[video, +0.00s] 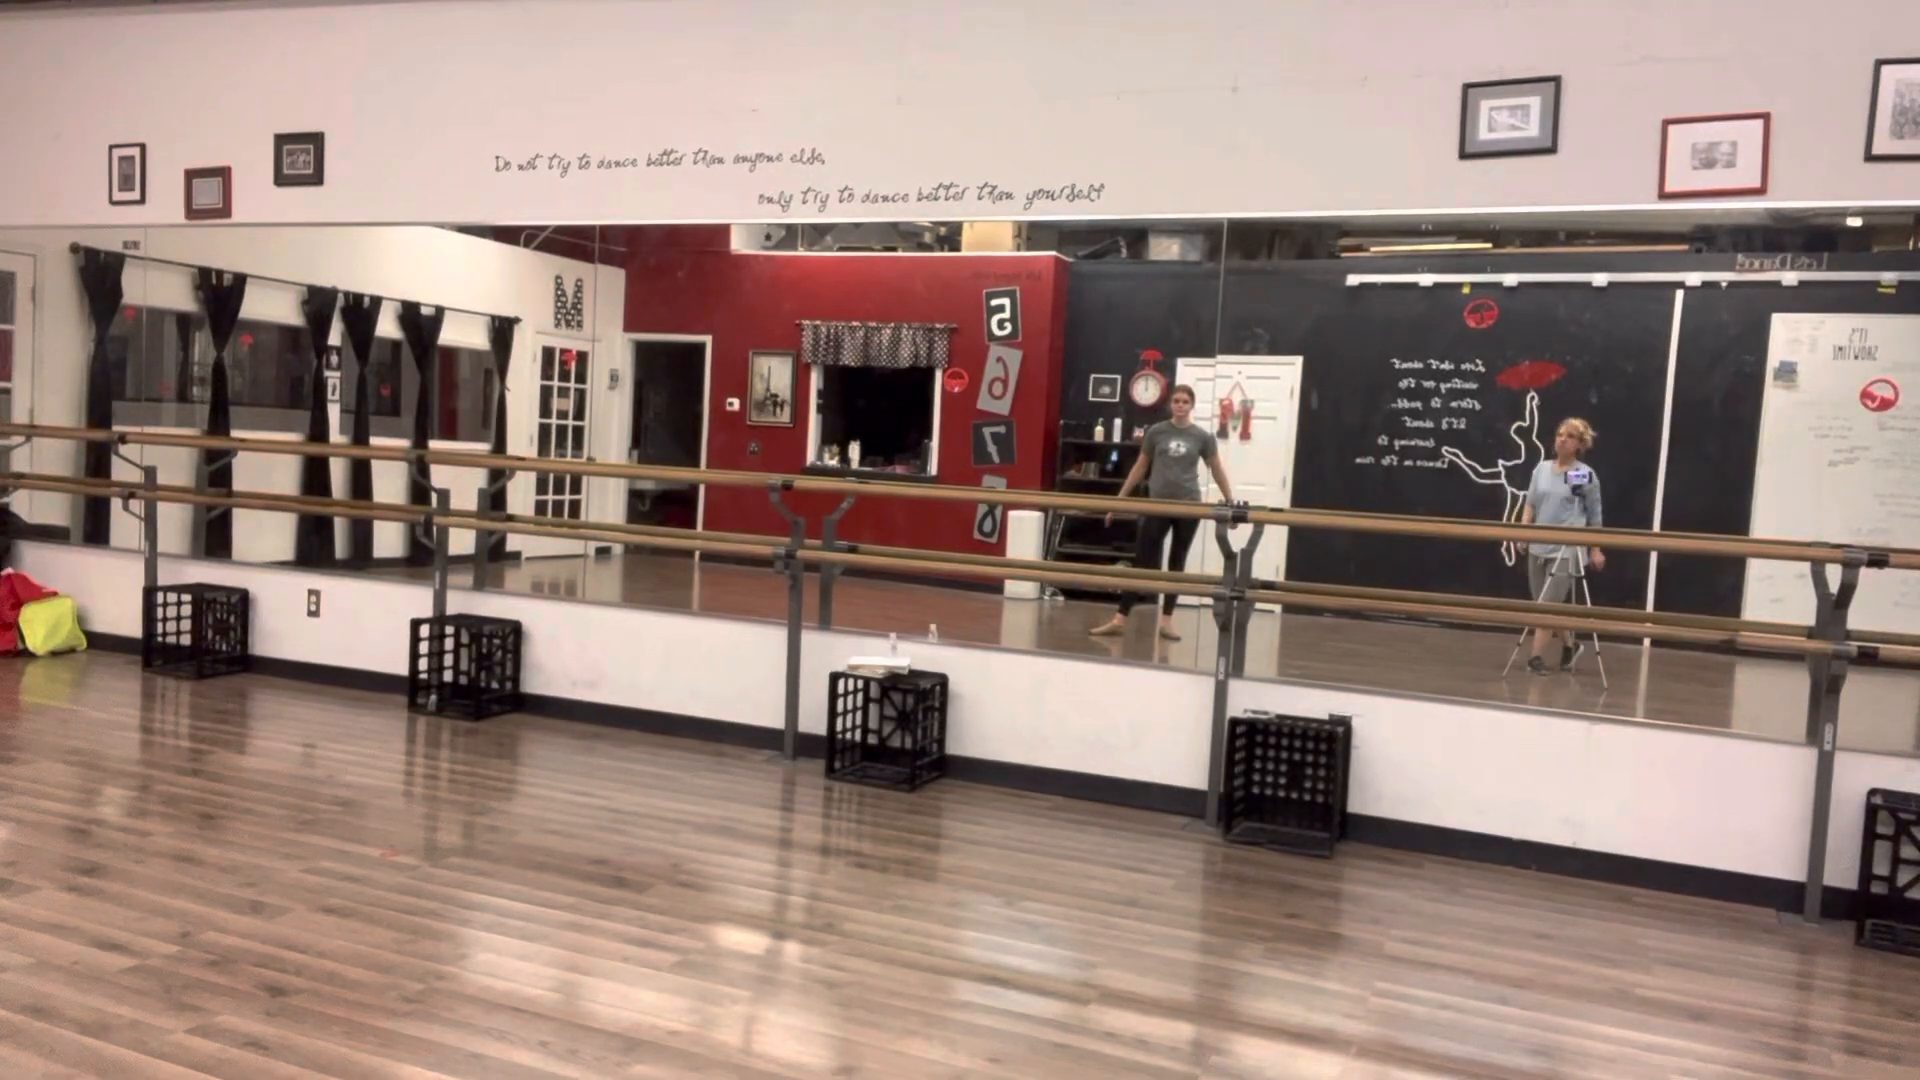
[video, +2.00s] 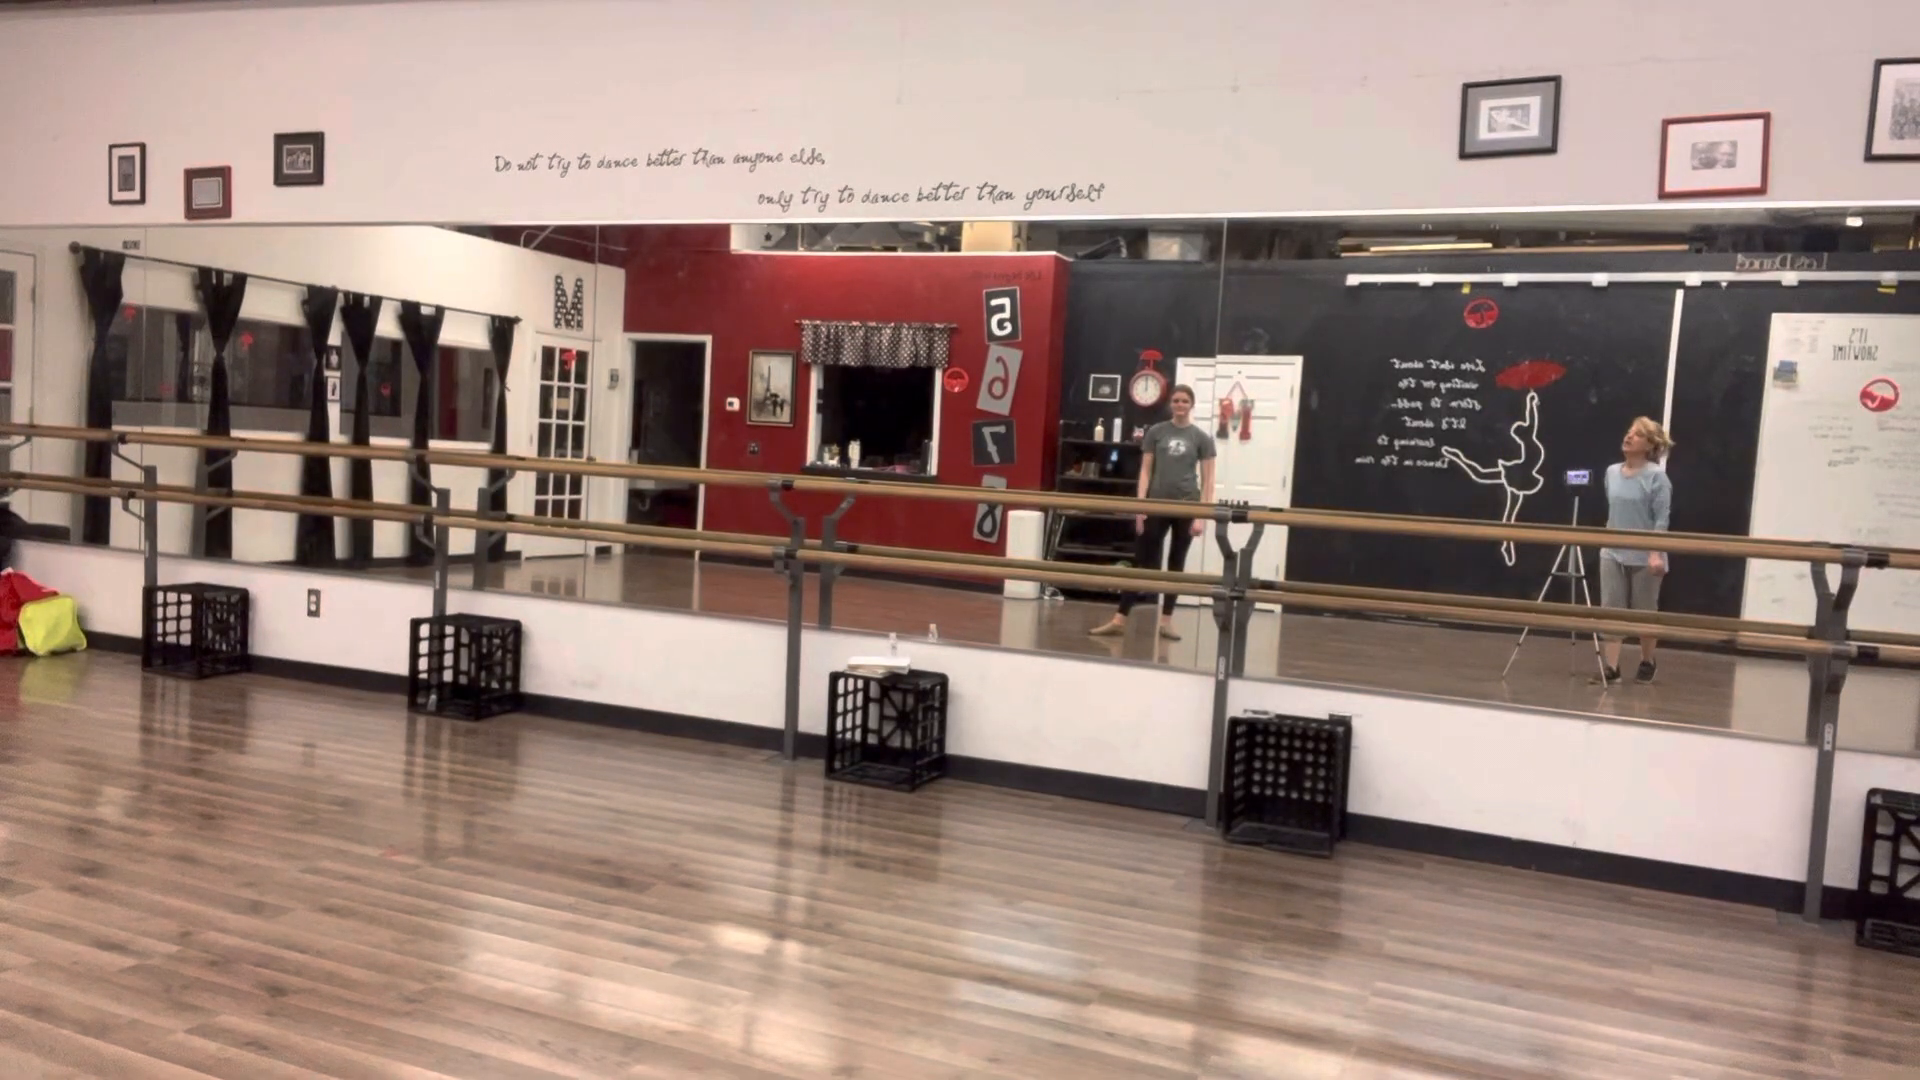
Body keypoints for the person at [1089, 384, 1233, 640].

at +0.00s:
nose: (1180, 406)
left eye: (1185, 402)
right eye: (1176, 402)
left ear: (1192, 406)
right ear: (1170, 404)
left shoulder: (1203, 436)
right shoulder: (1155, 432)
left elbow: (1217, 470)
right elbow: (1140, 467)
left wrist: (1230, 501)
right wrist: (1119, 502)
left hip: (1188, 509)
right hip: (1157, 506)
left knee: (1176, 563)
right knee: (1142, 559)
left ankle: (1166, 620)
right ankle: (1120, 618)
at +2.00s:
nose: (1180, 405)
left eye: (1184, 401)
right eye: (1176, 401)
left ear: (1192, 405)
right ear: (1170, 404)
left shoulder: (1202, 439)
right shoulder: (1154, 432)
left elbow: (1208, 481)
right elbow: (1145, 470)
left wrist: (1202, 515)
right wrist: (1140, 507)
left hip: (1185, 509)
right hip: (1155, 507)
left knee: (1176, 565)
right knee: (1141, 560)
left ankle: (1166, 620)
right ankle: (1120, 617)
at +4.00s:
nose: (1192, 407)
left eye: (1195, 403)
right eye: (1188, 403)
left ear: (1195, 406)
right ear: (1174, 404)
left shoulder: (1200, 437)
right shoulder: (1154, 432)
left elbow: (1203, 476)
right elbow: (1148, 473)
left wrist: (1188, 505)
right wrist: (1158, 503)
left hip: (1187, 507)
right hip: (1158, 505)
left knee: (1176, 564)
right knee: (1142, 559)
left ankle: (1166, 620)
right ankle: (1120, 617)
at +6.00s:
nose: (1180, 403)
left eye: (1185, 400)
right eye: (1176, 399)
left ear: (1192, 405)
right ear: (1170, 403)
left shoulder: (1202, 436)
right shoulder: (1155, 433)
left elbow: (1217, 473)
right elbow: (1140, 471)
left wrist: (1227, 507)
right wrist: (1123, 507)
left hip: (1187, 509)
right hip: (1156, 506)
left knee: (1176, 563)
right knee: (1141, 559)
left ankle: (1165, 620)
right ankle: (1120, 618)